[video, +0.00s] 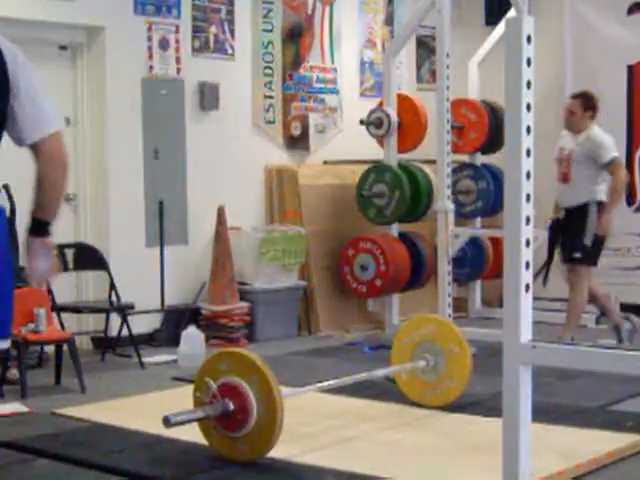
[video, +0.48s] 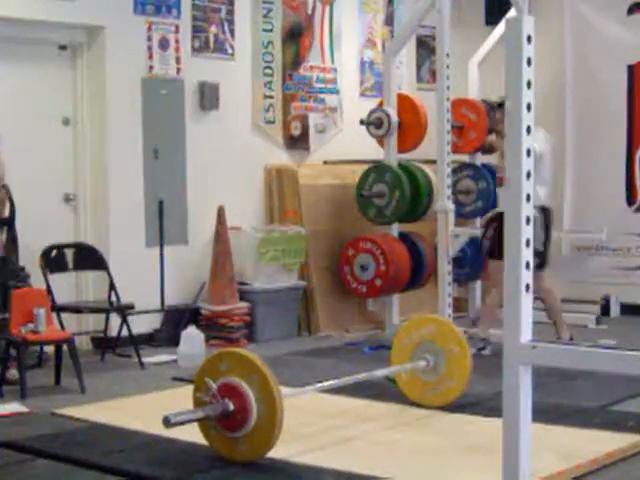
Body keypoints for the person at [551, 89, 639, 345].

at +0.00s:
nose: (566, 115)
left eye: (571, 111)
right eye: (566, 110)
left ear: (588, 114)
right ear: (570, 113)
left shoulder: (597, 139)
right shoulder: (565, 138)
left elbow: (619, 174)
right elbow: (564, 178)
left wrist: (607, 215)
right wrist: (557, 210)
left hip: (589, 208)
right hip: (568, 209)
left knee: (579, 274)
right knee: (574, 275)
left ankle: (567, 335)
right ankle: (619, 321)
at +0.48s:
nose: (496, 125)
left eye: (499, 119)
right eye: (495, 120)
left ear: (512, 116)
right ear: (500, 119)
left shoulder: (535, 139)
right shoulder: (506, 142)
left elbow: (521, 163)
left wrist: (501, 143)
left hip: (533, 211)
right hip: (507, 211)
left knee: (539, 279)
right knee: (495, 275)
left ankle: (562, 333)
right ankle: (482, 333)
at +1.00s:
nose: (434, 127)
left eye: (435, 122)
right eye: (433, 123)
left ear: (447, 117)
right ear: (447, 117)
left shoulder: (471, 134)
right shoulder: (452, 137)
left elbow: (455, 145)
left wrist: (433, 135)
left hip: (466, 206)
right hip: (448, 206)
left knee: (441, 270)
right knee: (465, 275)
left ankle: (439, 333)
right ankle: (477, 335)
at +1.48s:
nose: (363, 126)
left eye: (366, 120)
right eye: (363, 121)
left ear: (383, 116)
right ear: (376, 117)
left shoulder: (398, 136)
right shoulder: (378, 140)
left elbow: (404, 179)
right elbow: (375, 176)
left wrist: (372, 187)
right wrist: (366, 190)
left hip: (397, 209)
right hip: (379, 209)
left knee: (395, 282)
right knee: (375, 275)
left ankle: (400, 345)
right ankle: (391, 338)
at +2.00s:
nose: (284, 121)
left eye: (289, 114)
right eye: (283, 115)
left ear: (307, 112)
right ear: (295, 114)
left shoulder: (323, 137)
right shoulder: (293, 140)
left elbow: (336, 179)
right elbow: (295, 178)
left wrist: (331, 220)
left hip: (315, 210)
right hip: (296, 210)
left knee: (304, 276)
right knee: (304, 280)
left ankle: (349, 322)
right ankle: (309, 344)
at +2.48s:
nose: (229, 122)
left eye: (235, 116)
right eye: (227, 115)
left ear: (251, 115)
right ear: (225, 114)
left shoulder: (263, 140)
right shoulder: (231, 144)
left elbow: (277, 179)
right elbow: (210, 174)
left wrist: (279, 222)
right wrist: (200, 180)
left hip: (250, 210)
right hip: (228, 212)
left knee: (237, 281)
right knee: (234, 283)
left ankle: (225, 346)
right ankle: (283, 325)